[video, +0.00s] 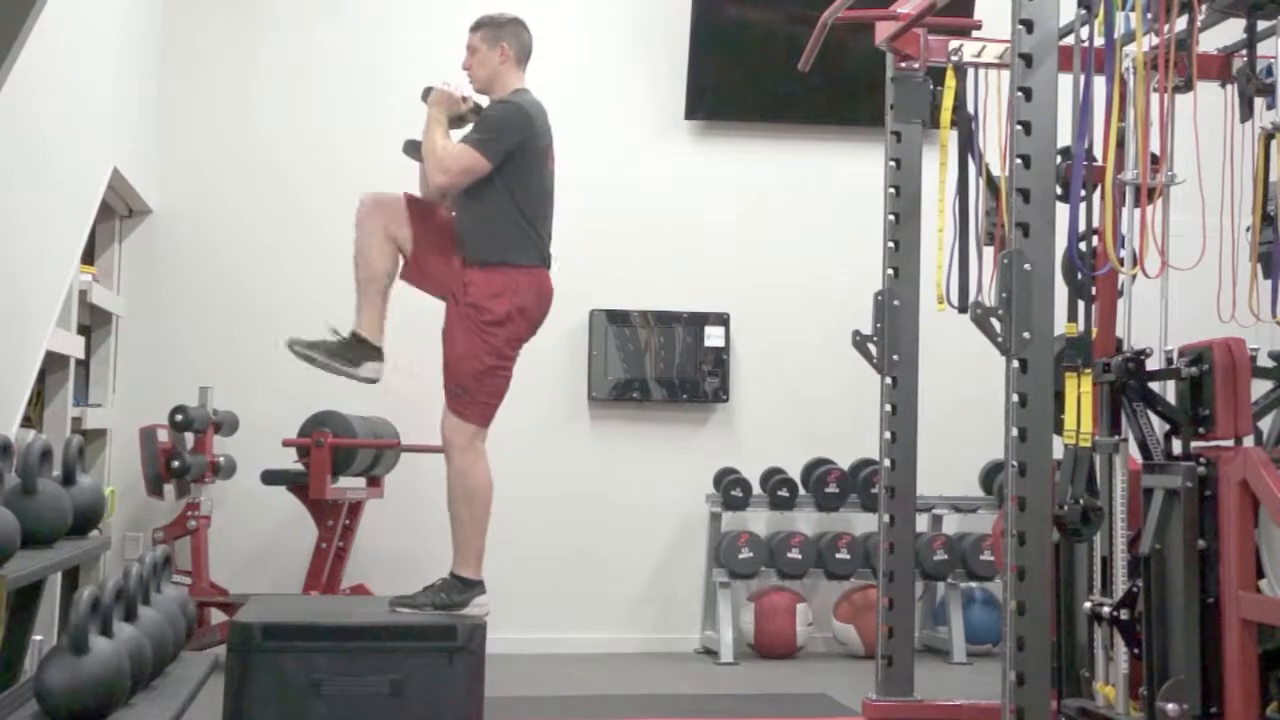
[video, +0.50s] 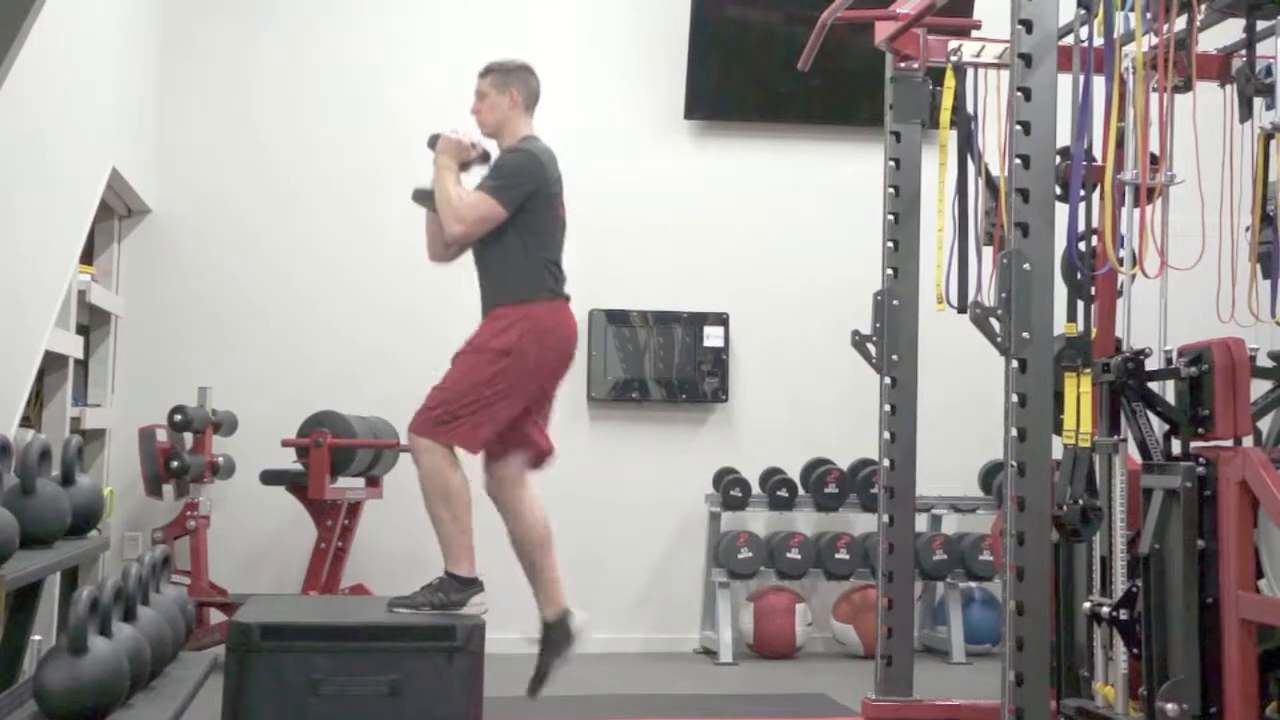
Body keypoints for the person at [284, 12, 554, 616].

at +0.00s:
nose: (464, 65)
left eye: (472, 53)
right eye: (467, 54)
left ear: (503, 53)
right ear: (507, 54)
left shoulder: (515, 112)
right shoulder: (503, 113)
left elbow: (439, 178)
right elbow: (461, 189)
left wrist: (439, 116)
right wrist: (443, 141)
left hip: (504, 284)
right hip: (473, 264)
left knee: (462, 436)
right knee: (378, 212)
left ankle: (466, 582)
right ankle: (365, 343)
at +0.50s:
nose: (472, 109)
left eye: (480, 97)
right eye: (474, 98)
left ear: (512, 98)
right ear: (511, 101)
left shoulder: (526, 159)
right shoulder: (510, 167)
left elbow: (461, 222)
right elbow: (442, 249)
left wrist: (446, 160)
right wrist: (443, 187)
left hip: (523, 322)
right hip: (541, 323)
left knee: (428, 437)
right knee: (507, 475)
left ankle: (459, 579)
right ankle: (555, 619)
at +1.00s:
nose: (534, 218)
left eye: (542, 208)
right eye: (535, 208)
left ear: (574, 213)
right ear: (569, 214)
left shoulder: (590, 271)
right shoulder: (564, 277)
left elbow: (526, 337)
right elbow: (500, 353)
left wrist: (513, 276)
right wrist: (506, 285)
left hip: (589, 420)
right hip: (597, 432)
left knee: (452, 429)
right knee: (553, 571)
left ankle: (462, 577)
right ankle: (612, 705)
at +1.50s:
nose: (558, 208)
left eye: (569, 198)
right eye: (561, 198)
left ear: (602, 204)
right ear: (595, 207)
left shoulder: (612, 258)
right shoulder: (581, 268)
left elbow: (550, 322)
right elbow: (520, 344)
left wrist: (536, 262)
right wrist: (527, 277)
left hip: (602, 411)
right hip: (602, 418)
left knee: (466, 427)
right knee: (581, 560)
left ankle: (462, 578)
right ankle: (616, 705)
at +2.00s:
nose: (532, 209)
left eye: (542, 198)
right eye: (534, 199)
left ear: (574, 203)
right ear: (569, 204)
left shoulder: (588, 260)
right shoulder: (562, 268)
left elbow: (523, 327)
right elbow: (498, 347)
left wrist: (510, 267)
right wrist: (502, 279)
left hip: (585, 413)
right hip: (591, 422)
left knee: (447, 430)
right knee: (570, 567)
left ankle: (460, 578)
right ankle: (615, 707)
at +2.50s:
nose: (453, 124)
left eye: (462, 113)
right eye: (454, 114)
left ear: (495, 116)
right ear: (493, 117)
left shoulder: (507, 174)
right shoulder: (490, 181)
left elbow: (440, 237)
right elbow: (423, 265)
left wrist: (425, 174)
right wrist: (419, 202)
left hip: (517, 331)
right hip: (520, 334)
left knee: (413, 439)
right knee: (461, 480)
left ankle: (456, 576)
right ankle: (541, 592)